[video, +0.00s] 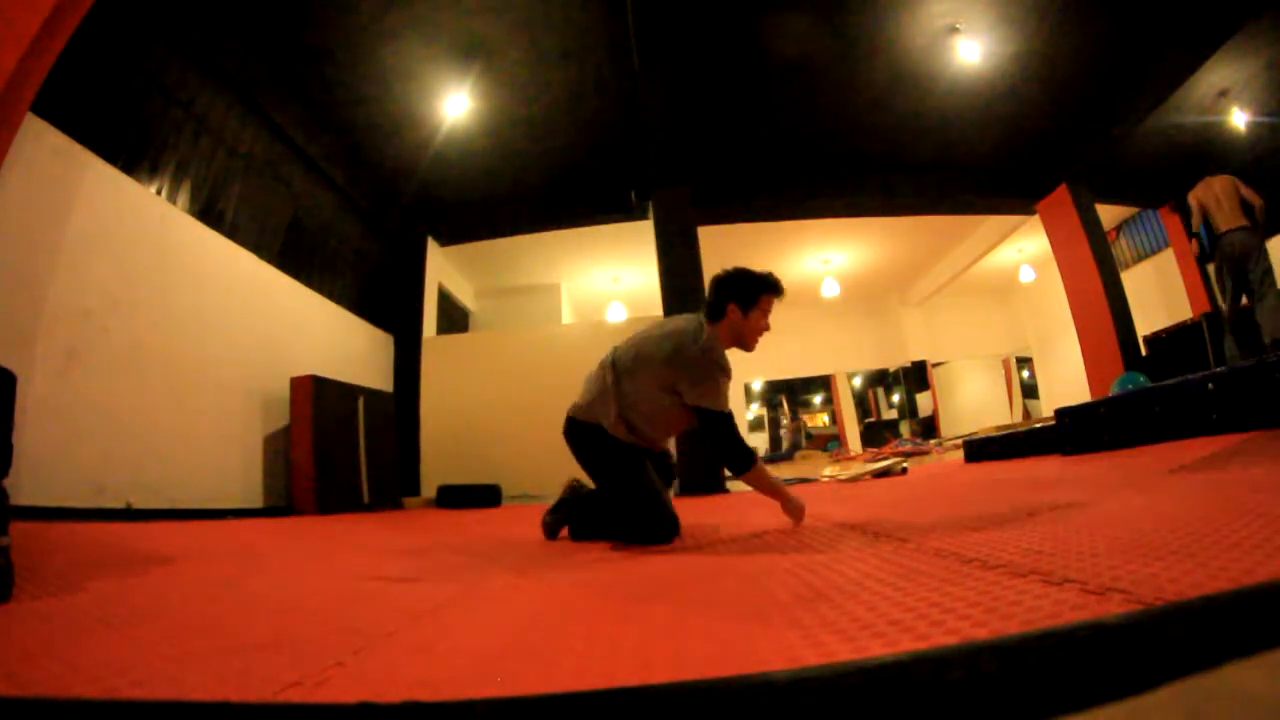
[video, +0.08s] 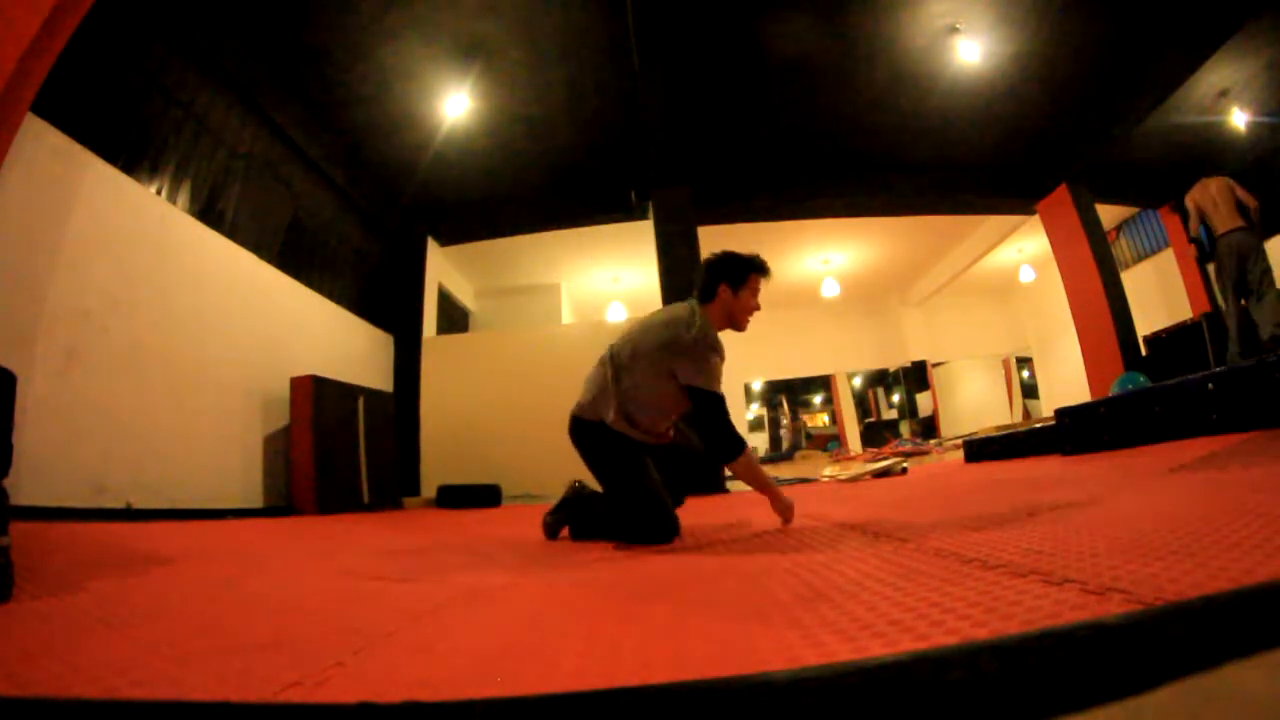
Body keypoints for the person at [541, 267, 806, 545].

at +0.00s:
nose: (767, 326)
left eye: (768, 315)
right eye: (763, 314)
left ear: (732, 314)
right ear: (733, 312)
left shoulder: (697, 335)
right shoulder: (701, 354)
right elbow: (730, 448)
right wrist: (782, 496)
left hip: (630, 426)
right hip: (597, 428)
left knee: (662, 472)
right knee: (659, 527)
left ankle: (593, 503)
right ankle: (576, 508)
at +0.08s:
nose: (758, 306)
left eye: (758, 296)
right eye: (752, 294)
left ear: (723, 293)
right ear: (725, 293)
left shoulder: (692, 325)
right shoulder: (695, 339)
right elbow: (721, 436)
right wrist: (774, 494)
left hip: (640, 426)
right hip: (602, 427)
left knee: (704, 468)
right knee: (658, 526)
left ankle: (633, 508)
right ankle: (579, 506)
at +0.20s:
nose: (744, 288)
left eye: (743, 278)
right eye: (739, 277)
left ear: (714, 278)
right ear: (714, 277)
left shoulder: (693, 316)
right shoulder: (688, 319)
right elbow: (701, 418)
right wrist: (740, 495)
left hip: (649, 423)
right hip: (609, 424)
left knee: (715, 410)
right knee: (658, 527)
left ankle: (693, 501)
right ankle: (587, 514)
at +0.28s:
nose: (738, 283)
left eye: (737, 274)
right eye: (733, 273)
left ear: (710, 274)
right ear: (711, 272)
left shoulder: (688, 311)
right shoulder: (686, 310)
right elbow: (685, 400)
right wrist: (703, 474)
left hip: (657, 426)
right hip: (618, 426)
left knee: (722, 401)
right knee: (656, 526)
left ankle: (736, 501)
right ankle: (584, 520)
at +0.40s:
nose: (732, 276)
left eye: (731, 267)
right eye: (727, 266)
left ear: (706, 268)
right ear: (707, 266)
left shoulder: (694, 309)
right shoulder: (680, 301)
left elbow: (684, 382)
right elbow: (656, 367)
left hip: (674, 425)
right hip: (640, 426)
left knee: (740, 411)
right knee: (656, 525)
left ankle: (735, 509)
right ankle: (585, 522)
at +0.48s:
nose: (730, 267)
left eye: (729, 259)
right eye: (725, 258)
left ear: (705, 261)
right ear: (705, 259)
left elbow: (697, 377)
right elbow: (643, 346)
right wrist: (631, 407)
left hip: (686, 420)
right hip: (652, 423)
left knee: (747, 414)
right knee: (657, 517)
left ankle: (739, 510)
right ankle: (581, 524)